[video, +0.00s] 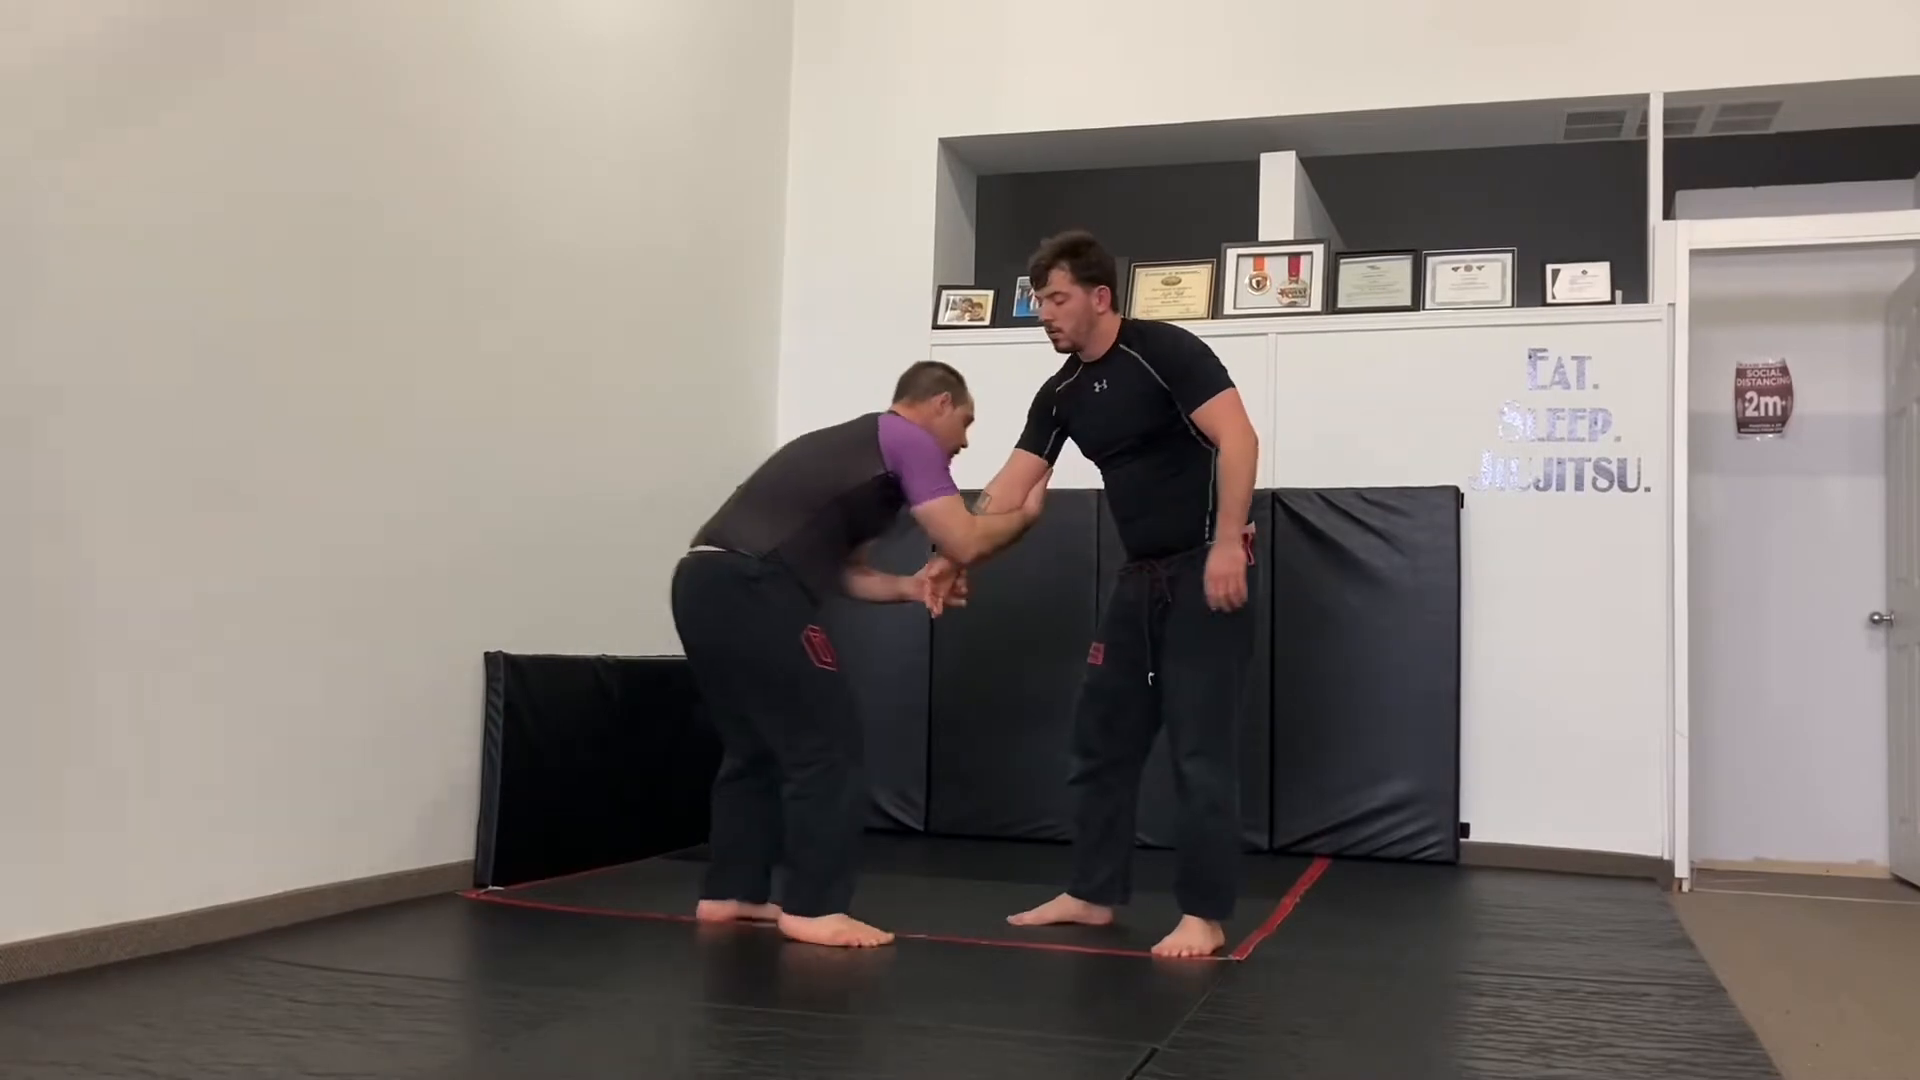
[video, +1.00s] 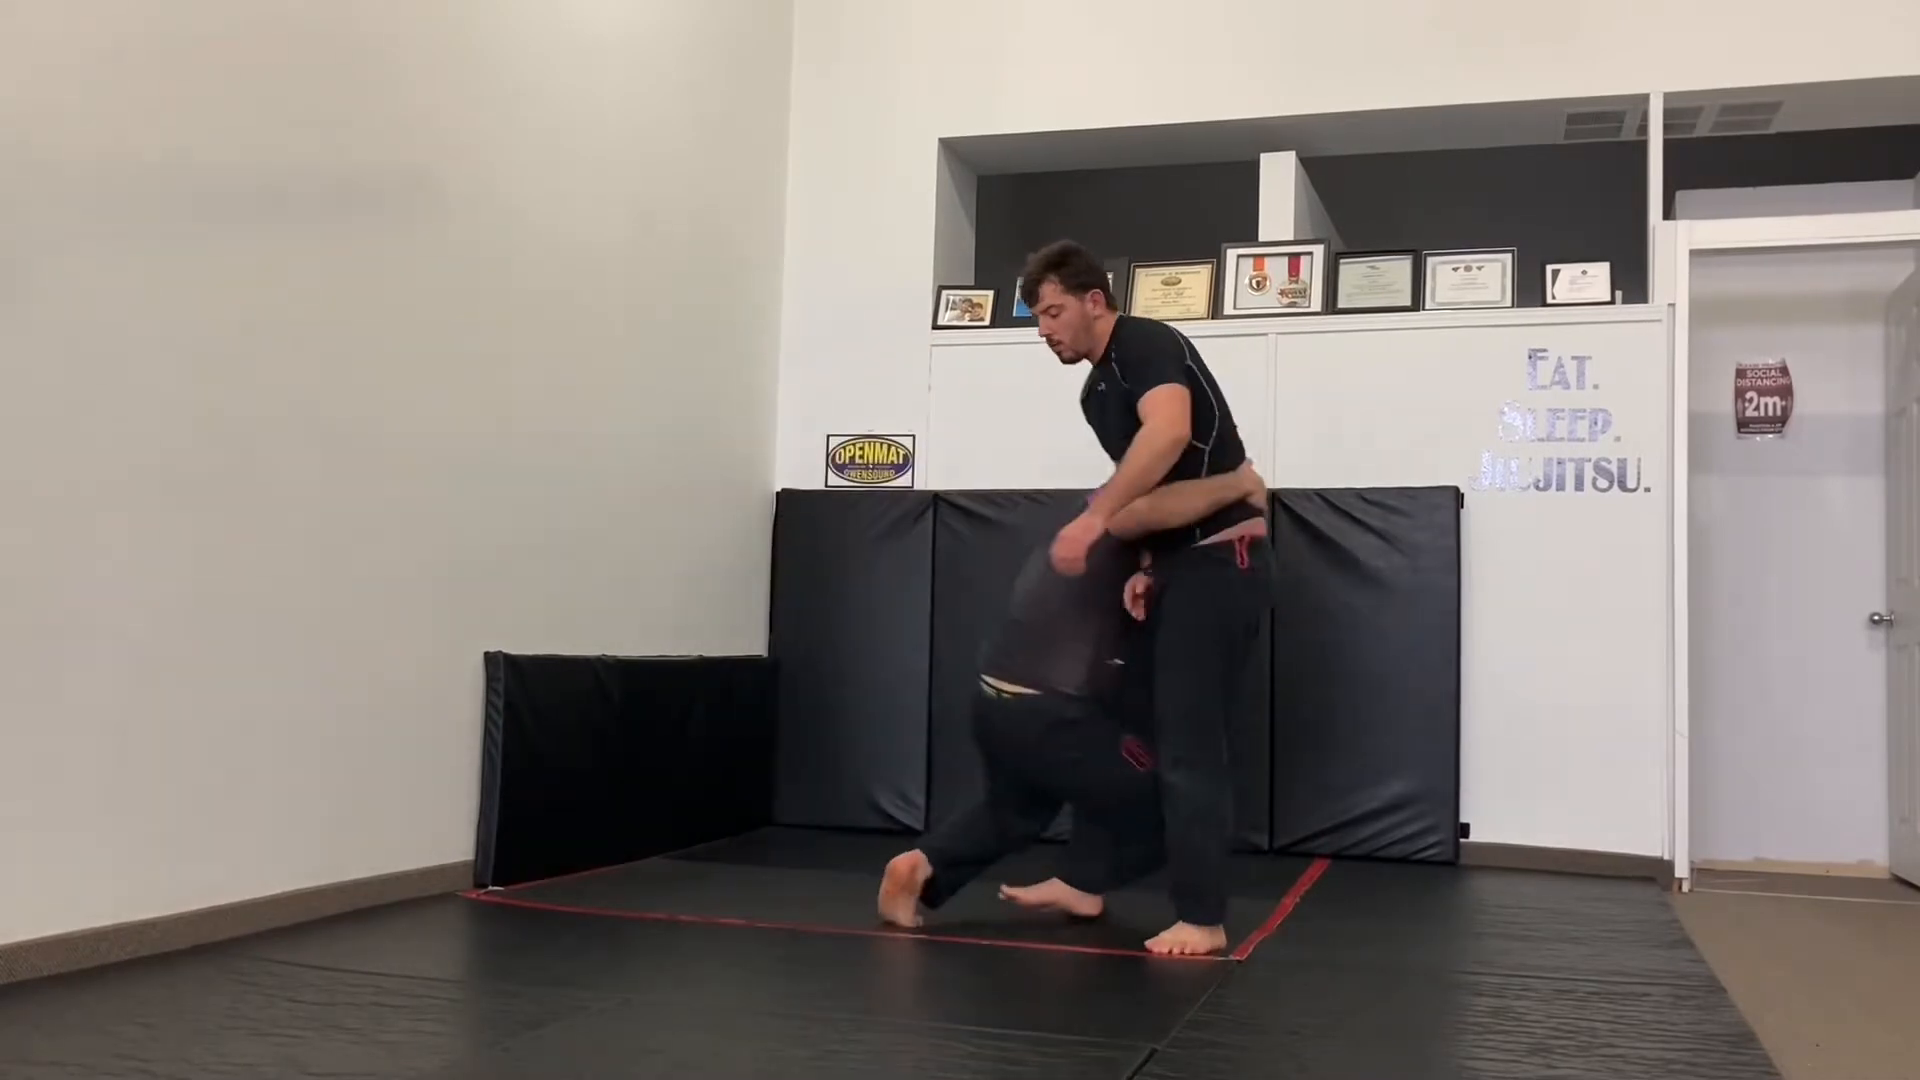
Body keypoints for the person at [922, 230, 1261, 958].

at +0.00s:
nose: (1044, 313)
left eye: (1055, 298)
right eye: (1040, 300)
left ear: (1102, 297)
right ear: (1058, 306)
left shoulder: (1164, 348)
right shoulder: (1060, 393)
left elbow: (1240, 440)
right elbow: (1009, 491)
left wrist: (1229, 542)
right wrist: (957, 560)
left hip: (1208, 566)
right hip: (1141, 573)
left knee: (1199, 742)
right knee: (1106, 732)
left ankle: (1206, 915)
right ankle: (1093, 894)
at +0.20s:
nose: (1047, 313)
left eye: (1058, 297)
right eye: (1041, 301)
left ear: (1103, 294)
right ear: (1044, 309)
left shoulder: (1171, 346)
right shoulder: (1055, 391)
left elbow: (1254, 429)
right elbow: (999, 487)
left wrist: (1253, 530)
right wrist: (946, 542)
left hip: (1213, 564)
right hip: (1140, 572)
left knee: (1200, 741)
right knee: (1102, 732)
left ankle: (1204, 916)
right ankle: (1093, 894)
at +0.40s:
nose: (1049, 308)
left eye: (1060, 293)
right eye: (1042, 296)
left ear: (1104, 289)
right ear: (1041, 302)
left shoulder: (1174, 344)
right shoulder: (1058, 389)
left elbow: (1261, 425)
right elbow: (1035, 495)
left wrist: (1257, 515)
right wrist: (986, 549)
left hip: (1207, 565)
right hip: (1130, 573)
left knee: (1201, 737)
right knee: (1100, 731)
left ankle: (1207, 912)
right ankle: (1095, 893)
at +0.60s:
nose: (1048, 301)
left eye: (1061, 286)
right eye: (1043, 290)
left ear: (1106, 284)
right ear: (1048, 297)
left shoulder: (1169, 341)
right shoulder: (1060, 384)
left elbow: (1257, 422)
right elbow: (1068, 497)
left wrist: (1255, 498)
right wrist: (1032, 557)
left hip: (1195, 561)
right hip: (1121, 568)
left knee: (1192, 737)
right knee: (1103, 726)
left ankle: (1203, 916)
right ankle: (1097, 898)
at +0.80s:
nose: (1036, 312)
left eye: (1048, 297)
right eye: (1031, 300)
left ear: (1092, 292)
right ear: (1037, 305)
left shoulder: (1150, 341)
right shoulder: (1062, 393)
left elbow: (1221, 417)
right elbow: (1105, 489)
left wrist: (1185, 503)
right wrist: (1097, 575)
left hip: (1195, 562)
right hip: (1128, 568)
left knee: (1184, 732)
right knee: (1107, 723)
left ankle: (1200, 919)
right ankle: (1095, 888)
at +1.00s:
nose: (1045, 330)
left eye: (1052, 312)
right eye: (1038, 317)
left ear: (1096, 301)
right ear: (1056, 315)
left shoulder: (1148, 343)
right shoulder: (1097, 392)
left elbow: (1170, 430)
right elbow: (1154, 485)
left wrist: (1093, 518)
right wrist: (1148, 564)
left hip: (1219, 555)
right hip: (1171, 560)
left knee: (1188, 731)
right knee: (1121, 712)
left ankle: (1202, 918)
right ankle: (1085, 881)